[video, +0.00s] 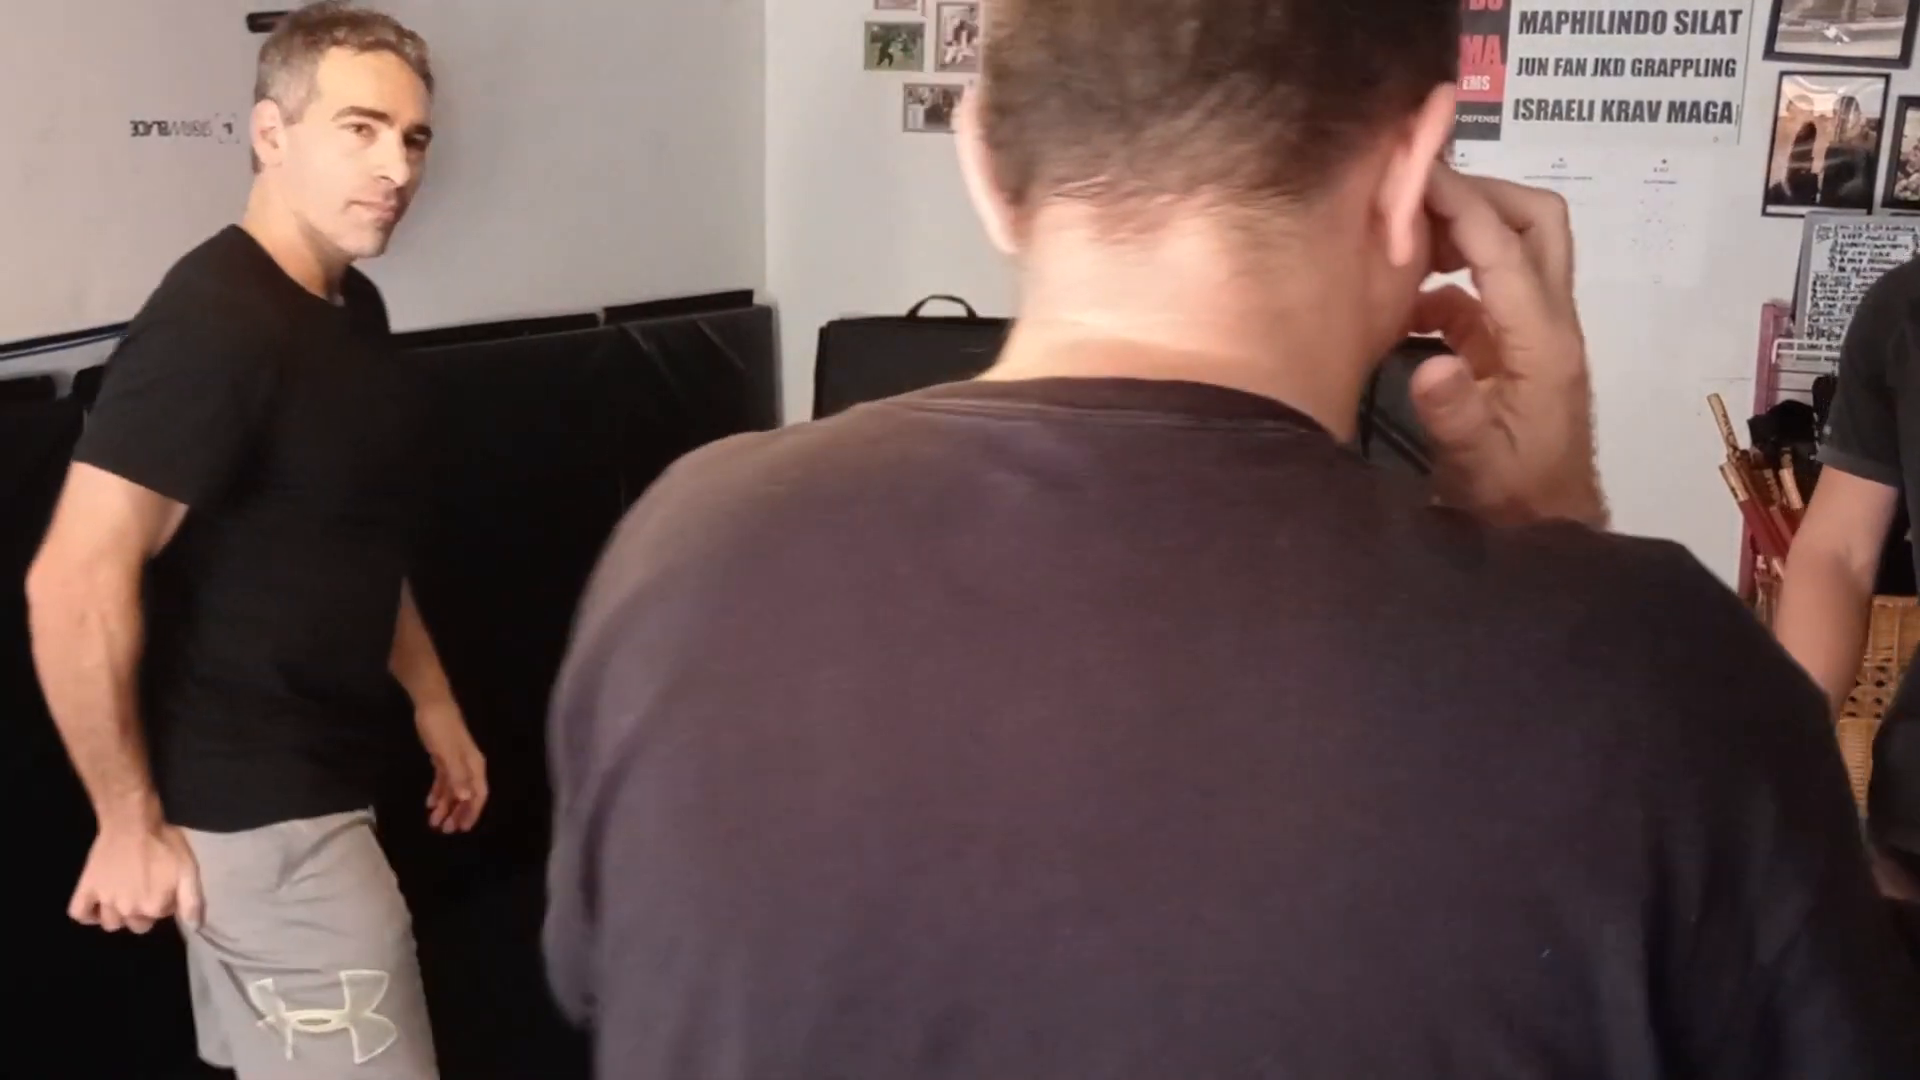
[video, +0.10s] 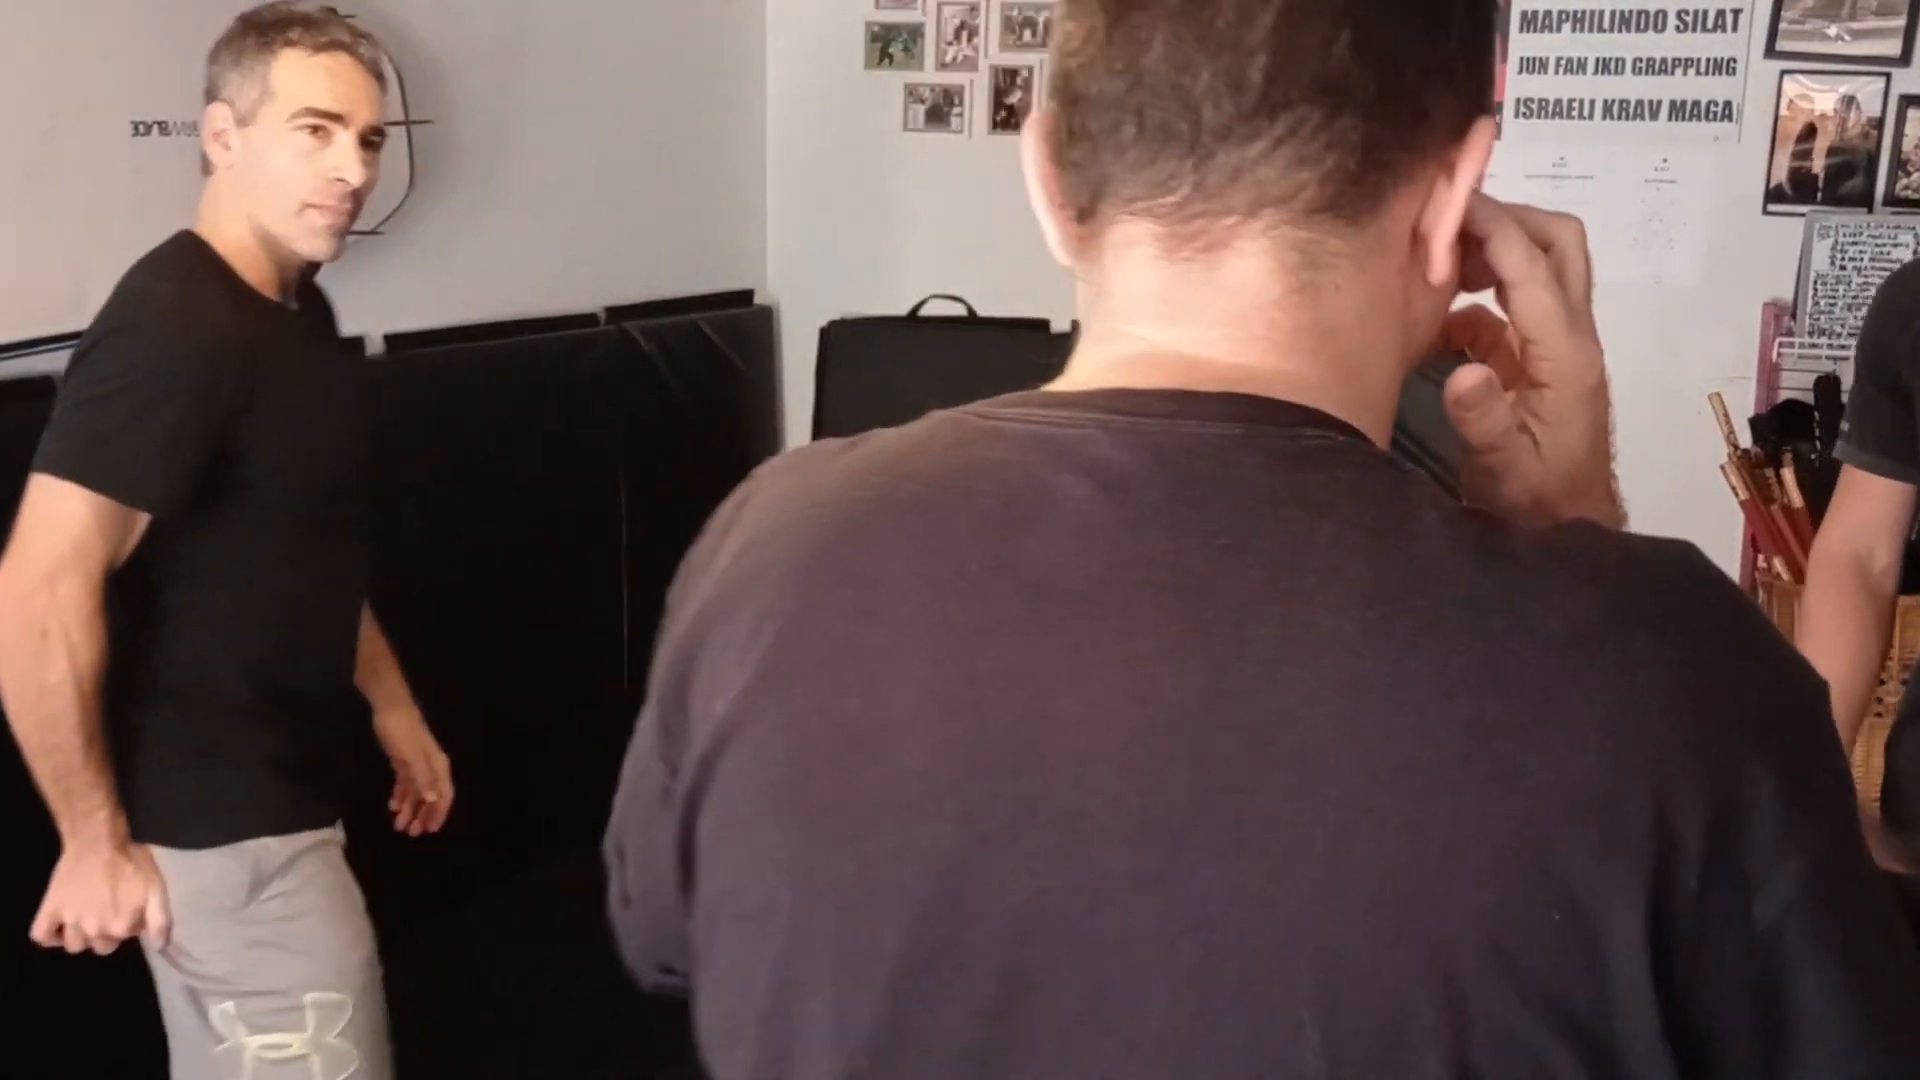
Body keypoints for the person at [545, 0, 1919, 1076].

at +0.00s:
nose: (1449, 208)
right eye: (1456, 142)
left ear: (985, 160)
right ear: (1414, 167)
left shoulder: (671, 556)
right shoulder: (1647, 666)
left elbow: (594, 993)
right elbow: (1817, 1021)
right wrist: (1562, 543)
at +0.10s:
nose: (1488, 203)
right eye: (1496, 145)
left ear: (1046, 174)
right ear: (1455, 178)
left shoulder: (760, 553)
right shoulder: (1661, 661)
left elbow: (656, 935)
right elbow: (1833, 1023)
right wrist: (1579, 550)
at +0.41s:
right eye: (1492, 179)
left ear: (1149, 180)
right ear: (1465, 192)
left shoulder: (957, 484)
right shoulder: (1585, 524)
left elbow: (842, 838)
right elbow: (1862, 942)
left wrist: (865, 917)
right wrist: (1609, 457)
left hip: (1017, 1050)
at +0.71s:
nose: (1631, 243)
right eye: (1640, 195)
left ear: (1356, 186)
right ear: (1602, 193)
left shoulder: (1149, 446)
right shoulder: (1717, 477)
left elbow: (1023, 793)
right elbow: (1898, 922)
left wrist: (1033, 930)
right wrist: (1746, 445)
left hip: (1174, 1058)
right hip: (1604, 1057)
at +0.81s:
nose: (1756, 264)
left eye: (1766, 213)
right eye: (1762, 210)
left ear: (1485, 199)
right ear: (1721, 213)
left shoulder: (1272, 455)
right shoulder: (1852, 507)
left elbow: (1117, 814)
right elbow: (1896, 928)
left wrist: (1112, 976)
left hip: (1286, 1053)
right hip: (1695, 1053)